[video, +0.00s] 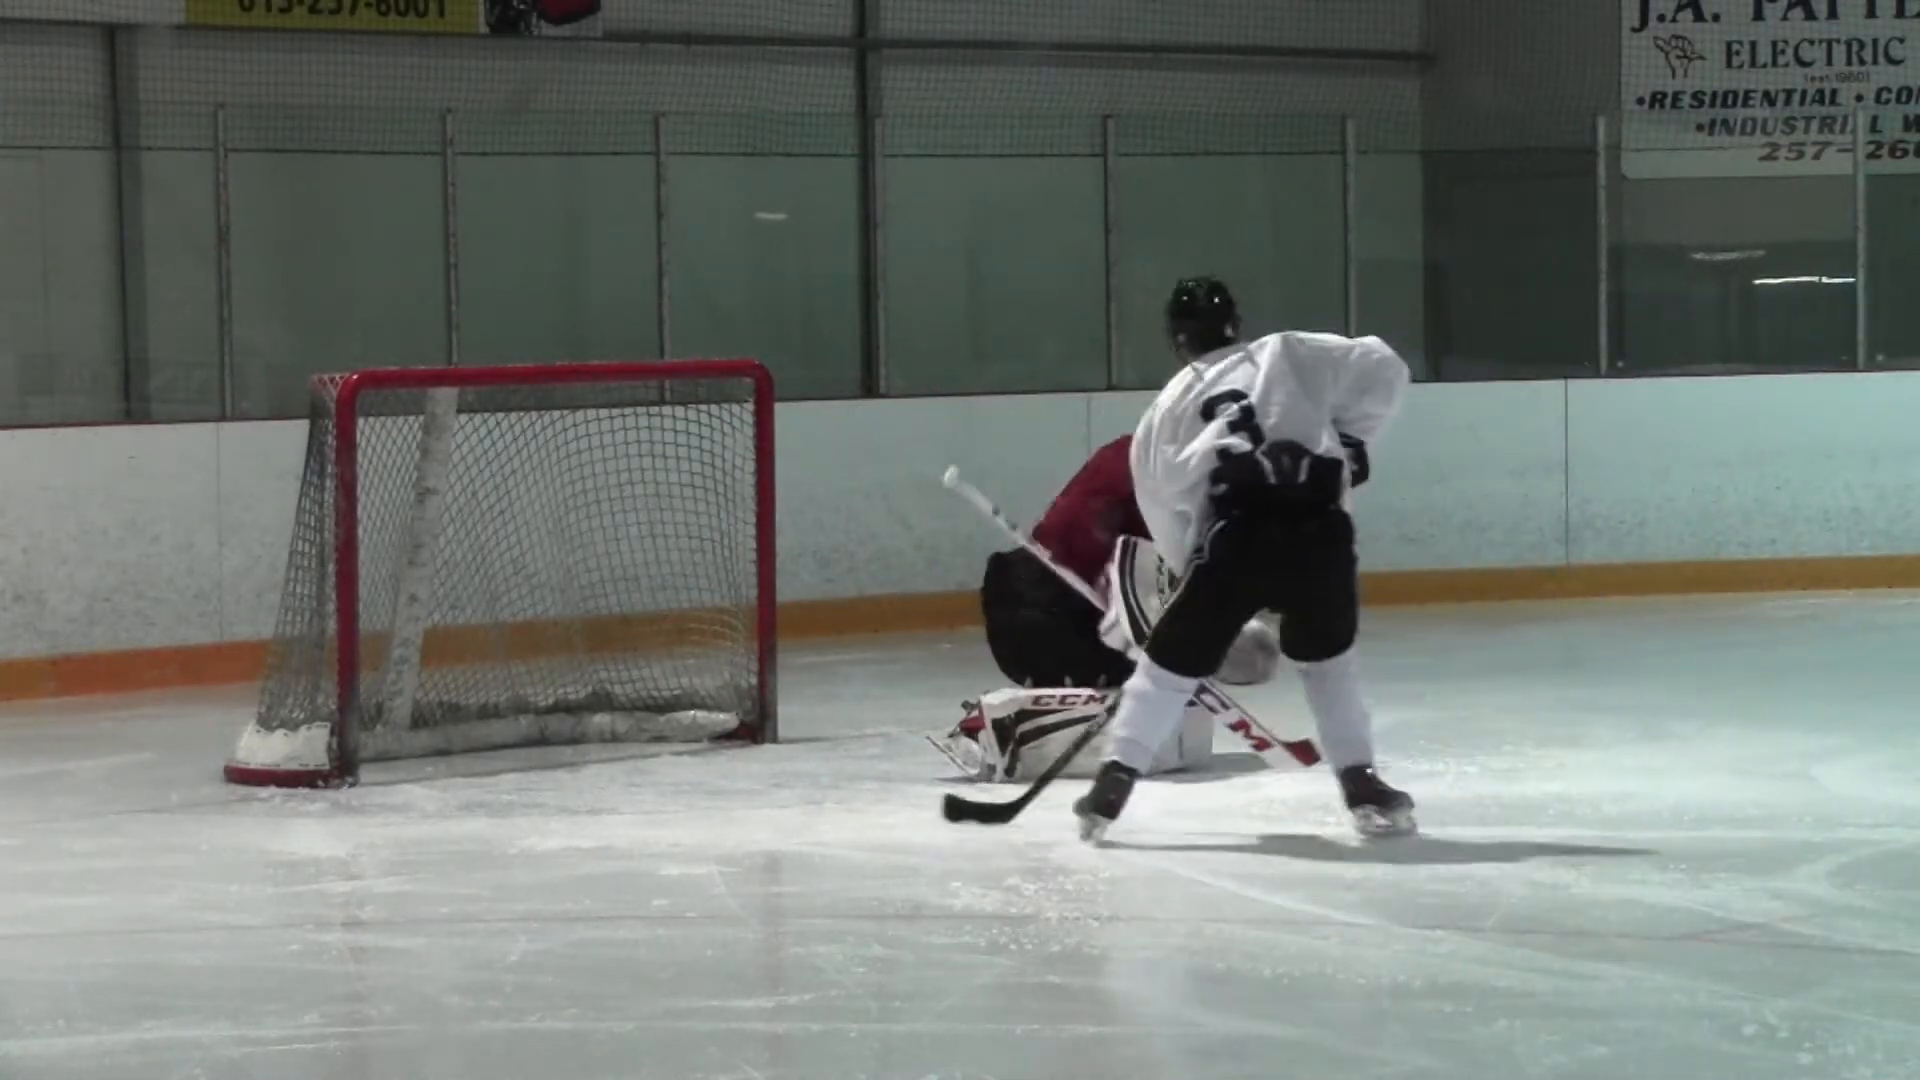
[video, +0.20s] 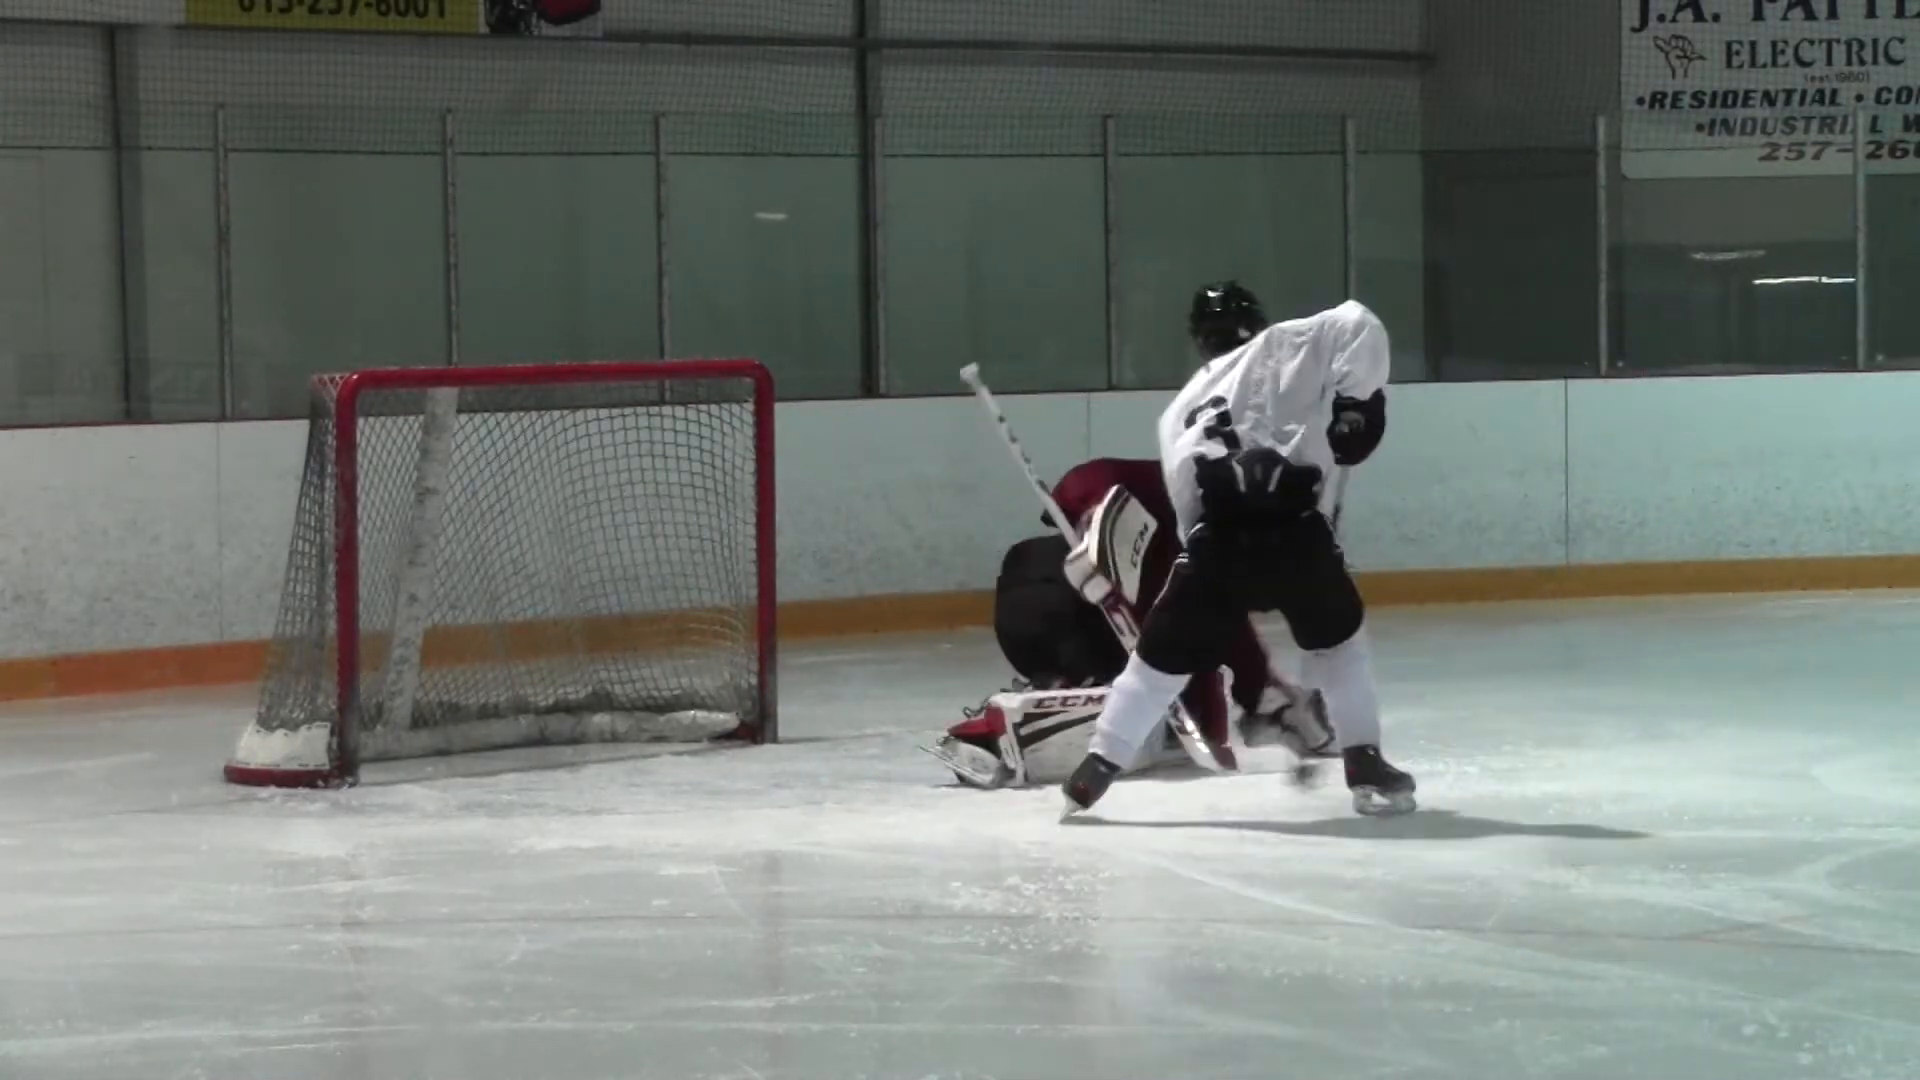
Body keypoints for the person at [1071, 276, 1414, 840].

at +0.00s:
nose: (1179, 345)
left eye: (1177, 338)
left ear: (1178, 341)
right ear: (1234, 325)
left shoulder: (1160, 418)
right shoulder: (1286, 350)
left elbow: (1171, 524)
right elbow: (1383, 364)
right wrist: (1353, 443)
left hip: (1235, 547)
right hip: (1321, 537)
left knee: (1168, 669)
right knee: (1329, 662)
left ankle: (1114, 782)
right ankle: (1362, 785)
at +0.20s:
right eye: (1257, 326)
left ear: (1200, 340)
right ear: (1257, 325)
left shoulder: (1178, 409)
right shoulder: (1285, 341)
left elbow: (1185, 491)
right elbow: (1356, 320)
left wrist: (1201, 557)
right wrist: (1358, 400)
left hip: (1217, 550)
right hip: (1299, 543)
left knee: (1154, 668)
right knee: (1340, 649)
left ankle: (1096, 770)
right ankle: (1364, 764)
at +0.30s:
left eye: (1241, 340)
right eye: (1289, 324)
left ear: (1237, 340)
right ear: (1290, 324)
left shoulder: (1220, 405)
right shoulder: (1316, 341)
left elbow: (1209, 487)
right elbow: (1376, 321)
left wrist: (1216, 546)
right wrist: (1381, 403)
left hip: (1237, 546)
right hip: (1310, 537)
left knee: (1189, 657)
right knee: (1369, 640)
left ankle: (1125, 761)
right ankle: (1392, 756)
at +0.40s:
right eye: (1336, 312)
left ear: (1283, 330)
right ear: (1335, 313)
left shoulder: (1266, 387)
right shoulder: (1358, 333)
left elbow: (1242, 479)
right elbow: (1419, 316)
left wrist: (1245, 550)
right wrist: (1423, 401)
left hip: (1276, 530)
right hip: (1345, 523)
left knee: (1244, 646)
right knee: (1407, 632)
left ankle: (1192, 747)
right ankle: (1421, 746)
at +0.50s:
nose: (1385, 305)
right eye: (1382, 299)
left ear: (1327, 315)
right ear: (1378, 299)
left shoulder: (1307, 375)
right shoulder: (1400, 323)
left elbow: (1296, 458)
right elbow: (1470, 309)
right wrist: (1467, 391)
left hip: (1325, 514)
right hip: (1391, 504)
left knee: (1308, 626)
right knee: (1443, 617)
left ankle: (1262, 739)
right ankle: (1458, 743)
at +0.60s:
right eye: (1413, 288)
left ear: (1369, 300)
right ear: (1419, 290)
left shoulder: (1350, 364)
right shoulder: (1446, 313)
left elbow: (1340, 449)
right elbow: (1521, 300)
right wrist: (1512, 379)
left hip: (1375, 501)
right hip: (1443, 491)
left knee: (1365, 616)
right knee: (1483, 610)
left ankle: (1327, 732)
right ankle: (1496, 737)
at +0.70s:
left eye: (1421, 286)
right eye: (1456, 278)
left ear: (1410, 289)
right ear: (1461, 279)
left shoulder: (1391, 350)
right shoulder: (1488, 303)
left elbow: (1382, 434)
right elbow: (1568, 292)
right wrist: (1558, 370)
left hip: (1421, 486)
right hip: (1489, 477)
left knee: (1415, 606)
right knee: (1518, 602)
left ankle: (1388, 726)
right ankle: (1530, 730)